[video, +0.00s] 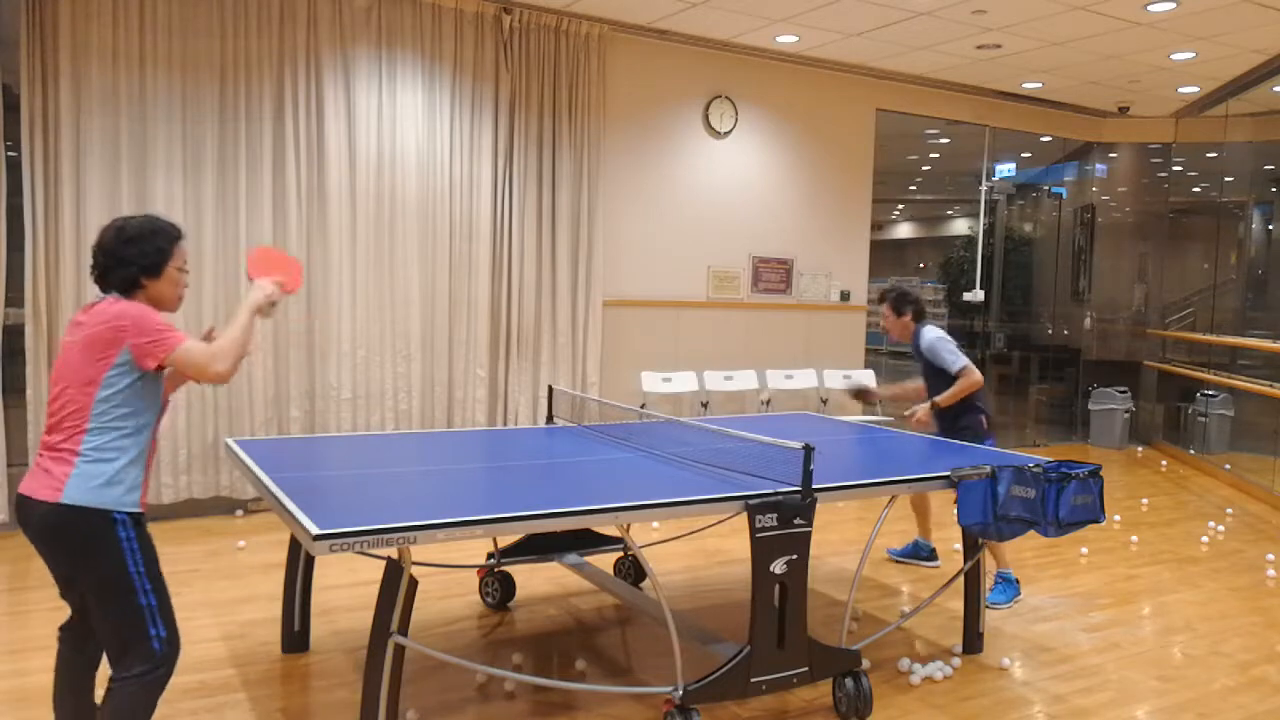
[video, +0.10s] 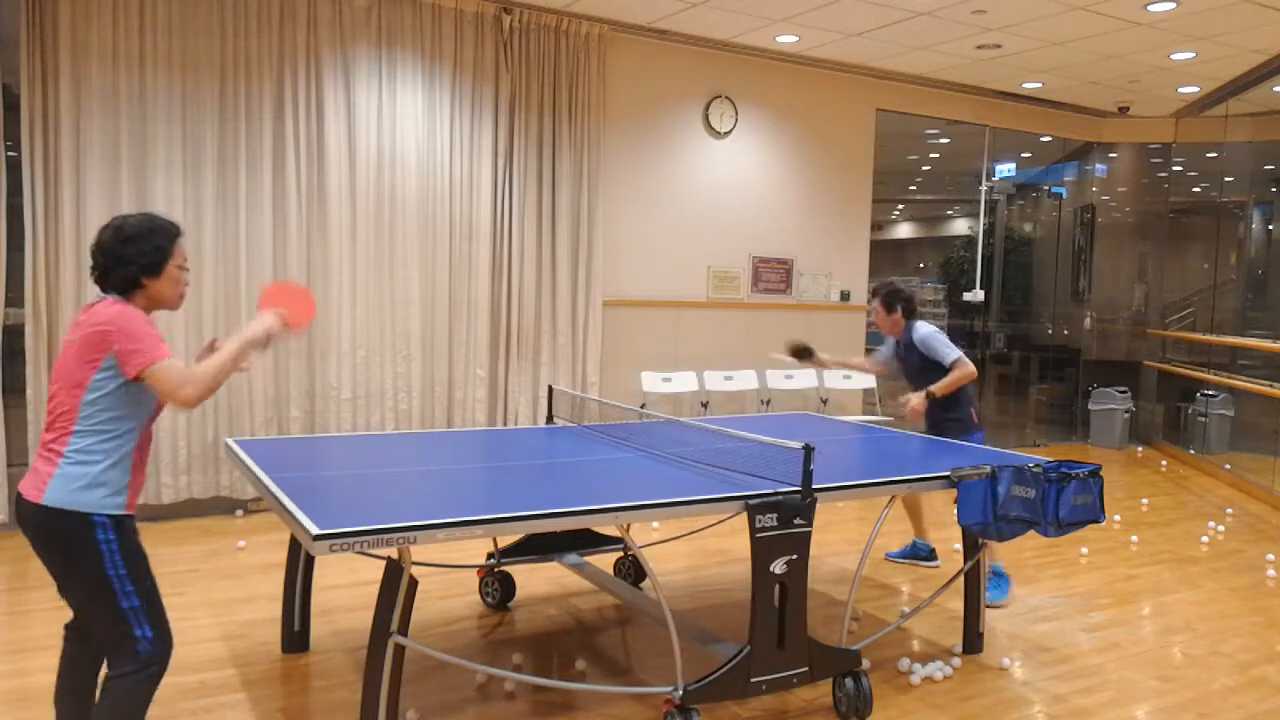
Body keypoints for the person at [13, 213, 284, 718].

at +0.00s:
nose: (186, 281)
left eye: (185, 270)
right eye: (179, 270)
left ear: (133, 272)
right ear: (144, 273)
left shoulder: (92, 317)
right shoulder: (129, 319)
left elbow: (131, 406)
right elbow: (218, 364)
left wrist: (189, 360)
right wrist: (253, 303)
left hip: (45, 500)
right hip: (95, 508)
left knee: (87, 626)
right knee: (151, 651)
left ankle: (75, 711)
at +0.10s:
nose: (187, 279)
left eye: (186, 267)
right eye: (179, 268)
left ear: (138, 273)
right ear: (144, 273)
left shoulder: (100, 316)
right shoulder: (122, 321)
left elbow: (144, 394)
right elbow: (187, 390)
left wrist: (203, 360)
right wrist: (252, 336)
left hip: (51, 503)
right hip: (86, 510)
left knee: (90, 627)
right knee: (146, 650)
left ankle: (74, 712)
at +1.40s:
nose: (212, 332)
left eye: (211, 320)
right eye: (202, 324)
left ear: (171, 330)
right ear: (160, 330)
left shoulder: (183, 365)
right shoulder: (96, 376)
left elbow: (196, 418)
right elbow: (40, 453)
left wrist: (204, 440)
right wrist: (72, 527)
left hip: (112, 502)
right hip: (50, 507)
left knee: (160, 582)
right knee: (104, 627)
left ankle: (123, 680)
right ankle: (85, 711)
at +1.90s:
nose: (213, 287)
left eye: (214, 277)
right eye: (204, 277)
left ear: (173, 282)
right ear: (168, 279)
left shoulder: (168, 326)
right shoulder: (140, 321)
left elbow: (159, 392)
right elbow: (185, 377)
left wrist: (206, 398)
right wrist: (247, 324)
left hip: (147, 482)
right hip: (114, 482)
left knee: (177, 565)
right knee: (119, 606)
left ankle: (136, 669)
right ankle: (87, 712)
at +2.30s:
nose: (210, 269)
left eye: (207, 258)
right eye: (200, 261)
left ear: (169, 273)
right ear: (167, 273)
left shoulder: (170, 320)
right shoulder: (136, 318)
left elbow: (168, 389)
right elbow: (141, 399)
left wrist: (216, 388)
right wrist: (217, 382)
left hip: (150, 480)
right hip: (119, 482)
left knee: (177, 565)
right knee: (153, 602)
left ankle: (135, 667)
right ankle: (124, 708)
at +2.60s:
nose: (236, 348)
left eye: (237, 337)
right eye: (227, 339)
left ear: (196, 343)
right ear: (190, 342)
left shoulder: (203, 382)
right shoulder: (133, 380)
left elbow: (199, 450)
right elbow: (82, 438)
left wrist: (213, 438)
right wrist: (52, 463)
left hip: (134, 514)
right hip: (81, 516)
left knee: (193, 578)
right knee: (155, 619)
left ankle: (134, 673)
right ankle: (129, 709)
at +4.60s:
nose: (203, 375)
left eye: (206, 363)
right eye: (195, 364)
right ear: (153, 363)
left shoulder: (164, 405)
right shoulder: (84, 408)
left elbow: (165, 476)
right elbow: (16, 481)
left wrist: (191, 516)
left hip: (70, 535)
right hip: (19, 536)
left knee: (129, 605)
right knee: (96, 636)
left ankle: (62, 704)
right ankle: (63, 713)